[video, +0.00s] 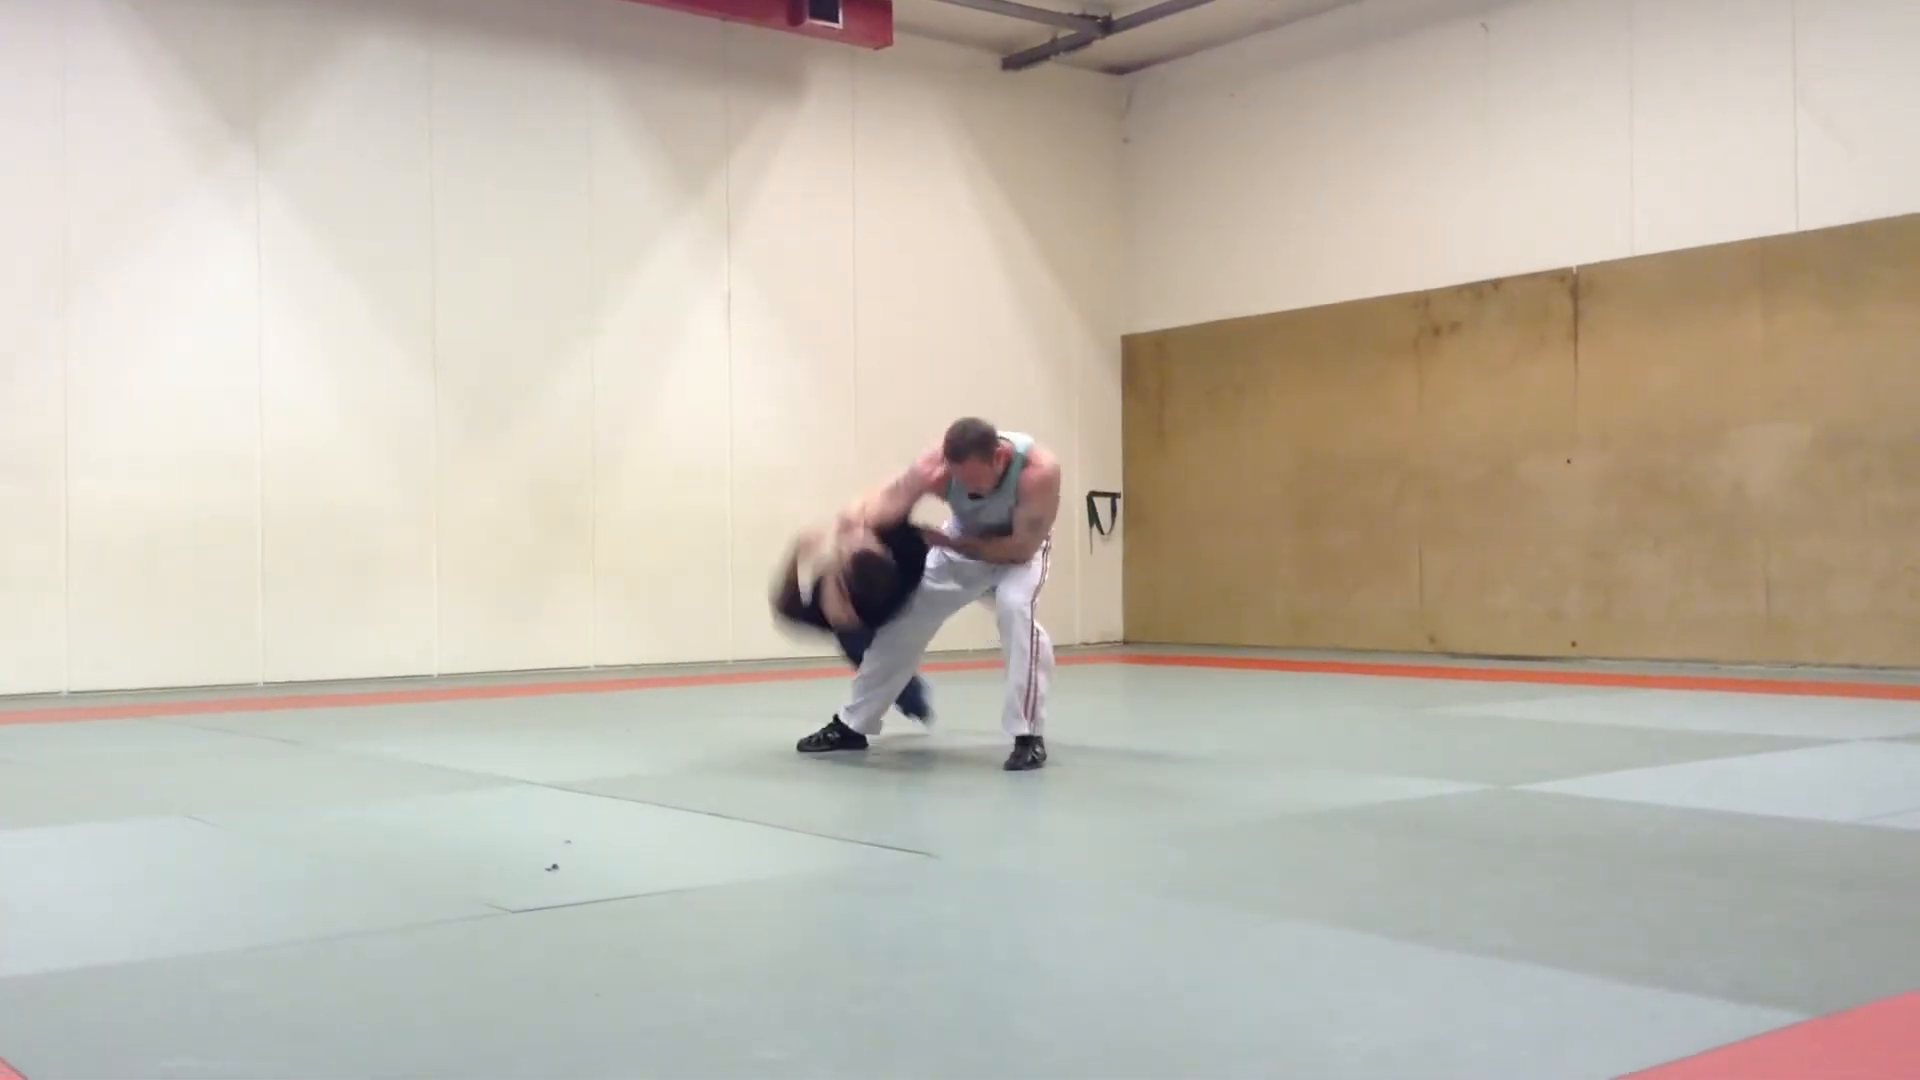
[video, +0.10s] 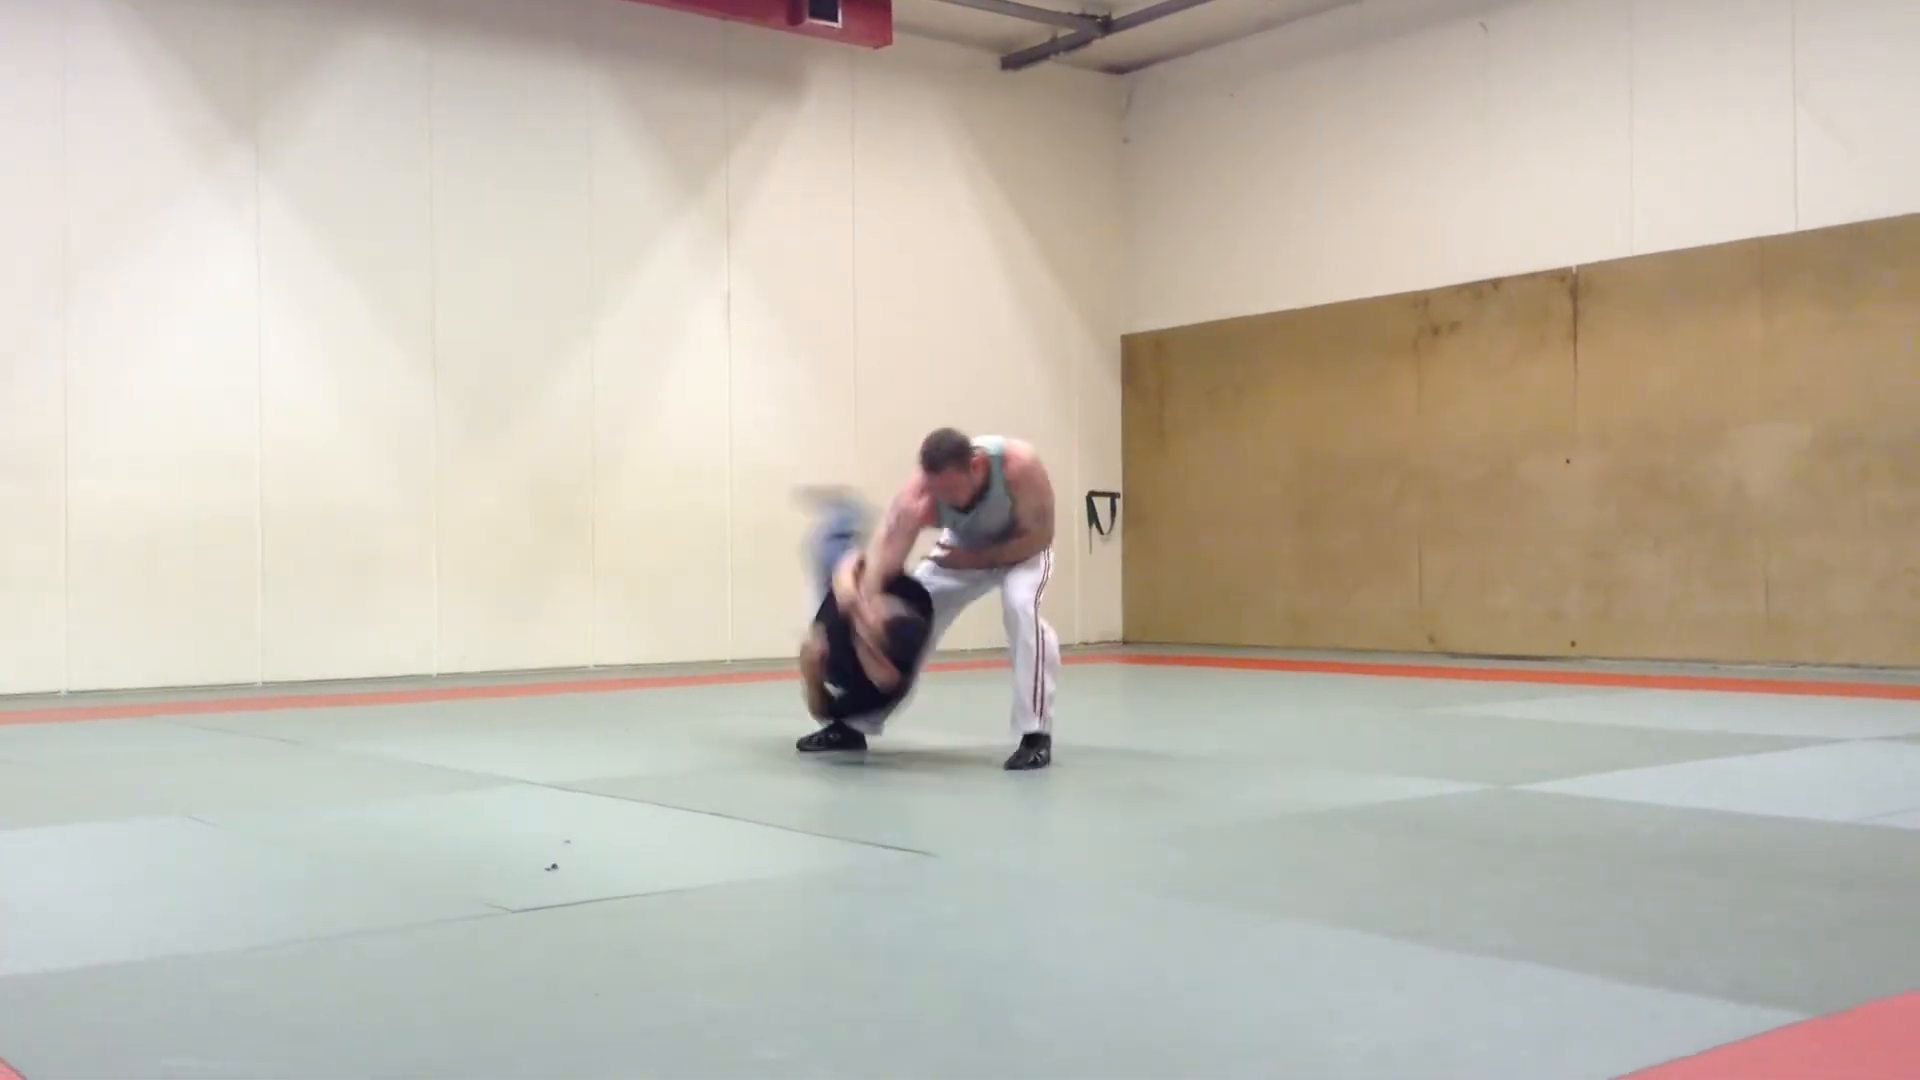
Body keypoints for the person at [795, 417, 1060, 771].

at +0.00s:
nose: (969, 488)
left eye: (976, 481)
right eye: (961, 481)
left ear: (1000, 458)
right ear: (949, 460)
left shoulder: (1038, 472)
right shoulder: (936, 468)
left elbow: (1023, 548)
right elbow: (884, 506)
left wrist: (949, 542)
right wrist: (858, 525)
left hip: (1021, 548)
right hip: (961, 543)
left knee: (1014, 607)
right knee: (904, 622)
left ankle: (1028, 737)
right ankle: (852, 725)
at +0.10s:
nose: (943, 499)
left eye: (950, 491)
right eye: (936, 491)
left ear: (975, 468)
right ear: (927, 477)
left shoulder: (1020, 466)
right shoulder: (918, 493)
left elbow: (1037, 539)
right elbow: (883, 558)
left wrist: (973, 559)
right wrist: (868, 604)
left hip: (1022, 550)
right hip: (962, 553)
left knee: (1020, 605)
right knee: (907, 615)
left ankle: (1035, 735)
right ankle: (854, 726)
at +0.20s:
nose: (919, 524)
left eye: (927, 514)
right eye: (913, 515)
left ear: (954, 490)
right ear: (906, 504)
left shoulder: (994, 471)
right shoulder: (908, 531)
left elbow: (1042, 529)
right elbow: (897, 608)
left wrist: (987, 562)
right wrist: (901, 673)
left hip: (1017, 548)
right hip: (957, 558)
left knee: (1019, 601)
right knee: (897, 615)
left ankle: (1037, 732)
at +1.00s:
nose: (910, 509)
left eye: (915, 500)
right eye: (903, 502)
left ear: (936, 477)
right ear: (895, 491)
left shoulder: (977, 458)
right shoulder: (891, 502)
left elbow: (1023, 526)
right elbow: (906, 580)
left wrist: (964, 564)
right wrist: (934, 641)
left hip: (1002, 539)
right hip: (938, 545)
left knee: (1032, 595)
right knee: (859, 620)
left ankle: (1042, 716)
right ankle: (872, 711)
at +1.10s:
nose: (934, 484)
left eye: (940, 477)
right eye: (925, 479)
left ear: (956, 450)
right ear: (909, 461)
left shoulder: (994, 454)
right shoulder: (898, 458)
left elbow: (1015, 536)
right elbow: (889, 513)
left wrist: (964, 582)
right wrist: (914, 563)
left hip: (1006, 530)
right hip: (948, 533)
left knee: (1040, 585)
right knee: (874, 608)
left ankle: (1050, 707)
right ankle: (865, 700)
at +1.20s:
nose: (950, 473)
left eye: (957, 466)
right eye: (942, 468)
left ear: (973, 443)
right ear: (927, 443)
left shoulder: (1008, 455)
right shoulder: (919, 422)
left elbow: (1027, 540)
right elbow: (872, 431)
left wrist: (978, 590)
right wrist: (878, 488)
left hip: (1012, 524)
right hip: (951, 525)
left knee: (1048, 578)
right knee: (879, 607)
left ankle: (1057, 704)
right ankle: (868, 698)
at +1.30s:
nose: (974, 467)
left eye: (981, 460)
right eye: (965, 460)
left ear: (996, 441)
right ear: (949, 439)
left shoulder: (1024, 451)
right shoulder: (938, 401)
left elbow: (1069, 521)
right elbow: (880, 364)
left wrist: (1013, 563)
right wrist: (861, 427)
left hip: (1021, 521)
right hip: (954, 521)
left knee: (1058, 578)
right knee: (884, 606)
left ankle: (1066, 700)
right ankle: (879, 698)